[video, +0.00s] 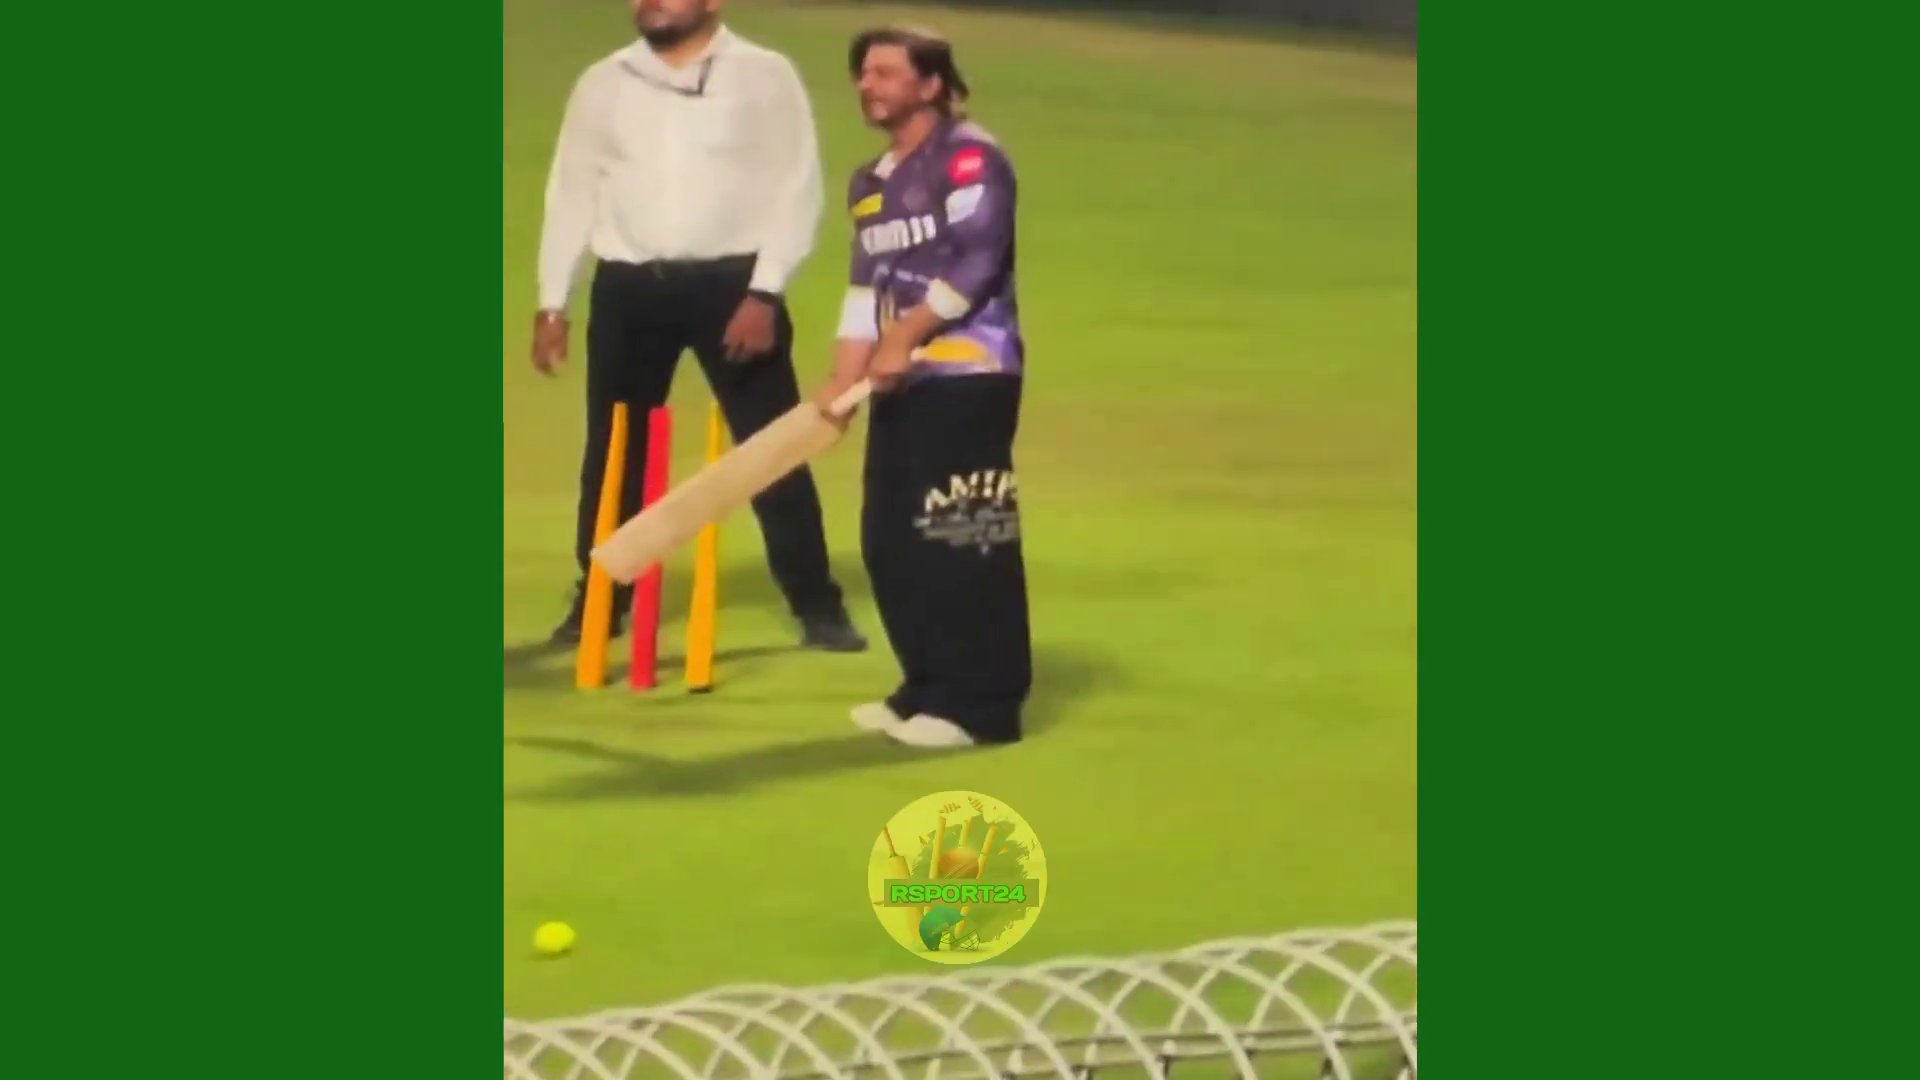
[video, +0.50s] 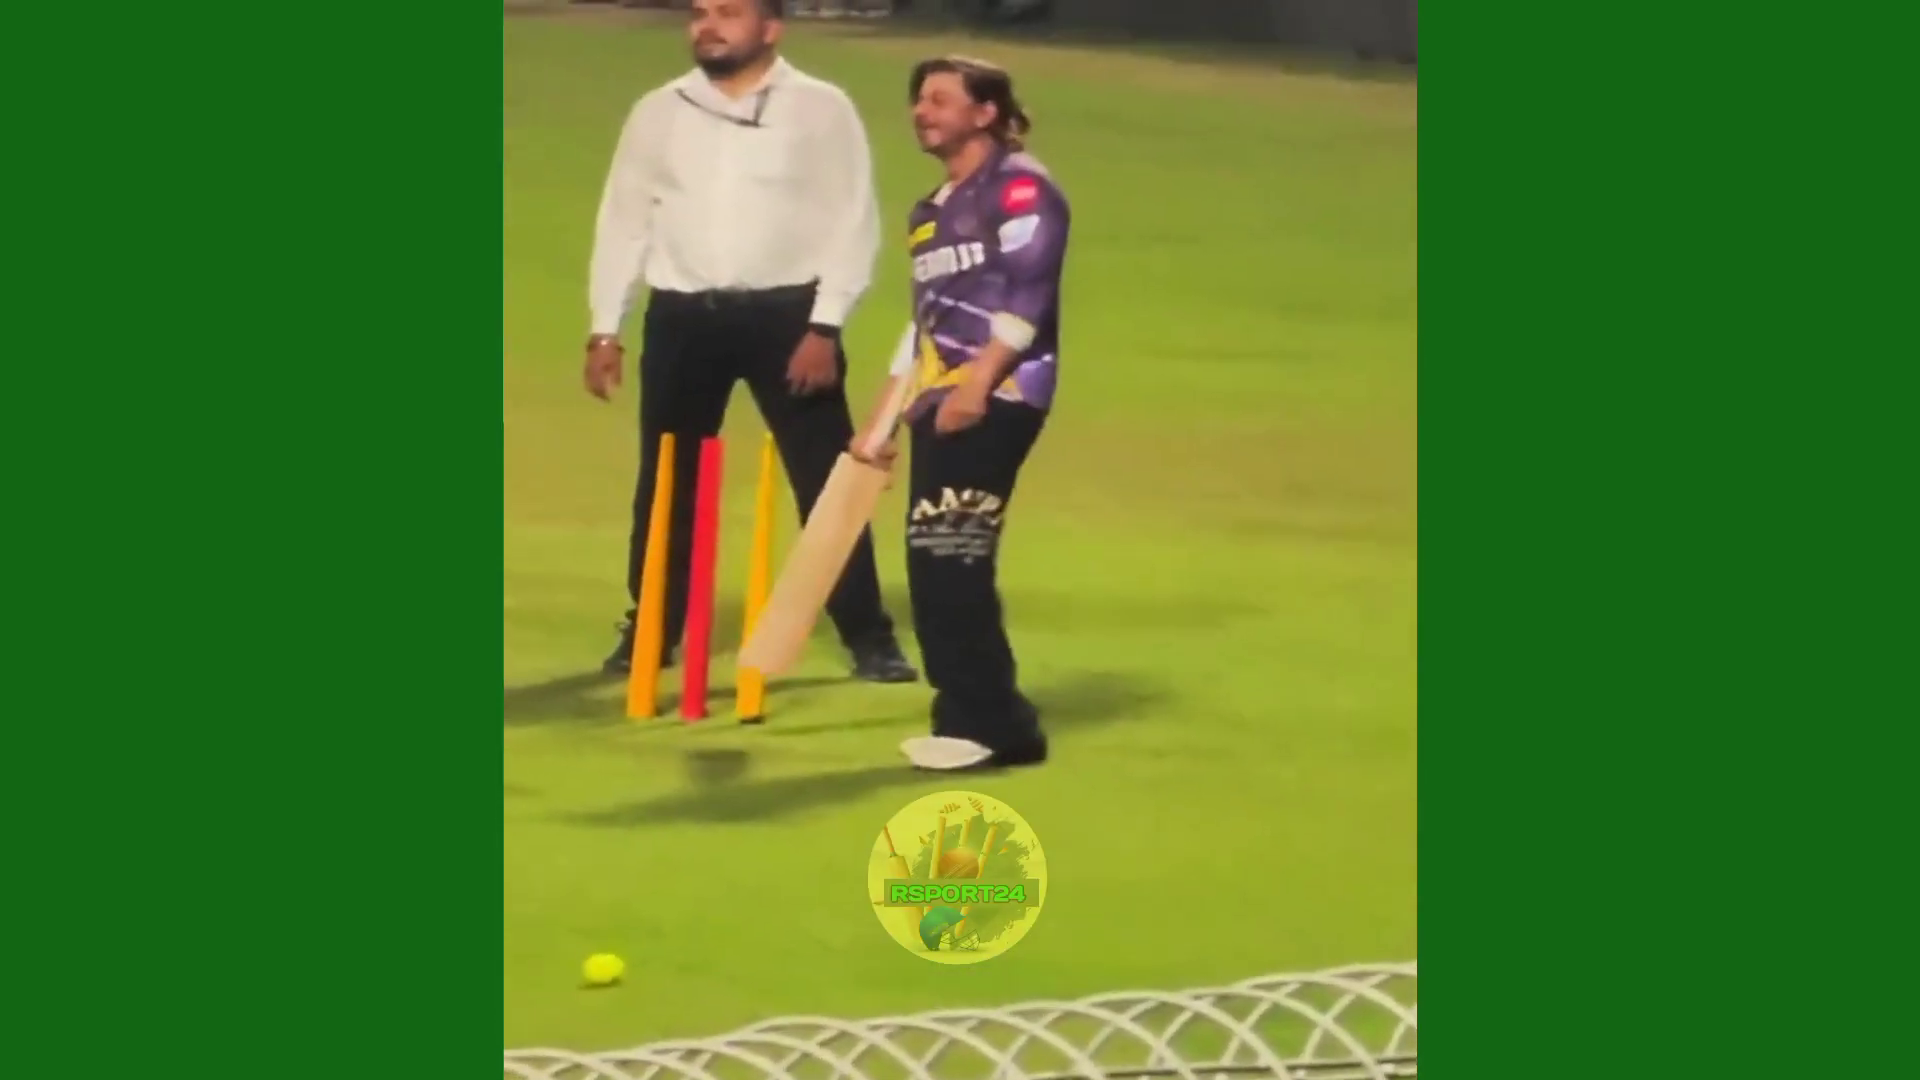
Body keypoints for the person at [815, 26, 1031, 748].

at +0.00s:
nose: (868, 86)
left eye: (884, 74)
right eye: (864, 75)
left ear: (931, 84)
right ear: (861, 89)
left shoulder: (974, 159)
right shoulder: (870, 179)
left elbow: (977, 266)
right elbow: (865, 291)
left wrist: (903, 334)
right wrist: (844, 380)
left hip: (970, 380)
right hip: (904, 383)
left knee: (962, 539)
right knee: (889, 537)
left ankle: (981, 706)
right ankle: (926, 686)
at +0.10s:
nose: (873, 88)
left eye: (890, 76)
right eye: (870, 76)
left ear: (938, 87)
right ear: (869, 90)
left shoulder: (979, 159)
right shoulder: (877, 184)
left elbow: (983, 265)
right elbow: (873, 296)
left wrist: (905, 338)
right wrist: (847, 386)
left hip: (973, 379)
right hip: (909, 384)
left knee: (966, 539)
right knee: (897, 537)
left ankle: (988, 709)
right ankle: (936, 691)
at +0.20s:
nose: (879, 91)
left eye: (895, 78)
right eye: (876, 80)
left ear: (944, 90)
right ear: (876, 94)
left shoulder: (985, 162)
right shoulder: (883, 186)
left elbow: (988, 270)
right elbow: (878, 298)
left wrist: (909, 344)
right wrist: (848, 389)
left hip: (973, 381)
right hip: (912, 384)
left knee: (970, 542)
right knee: (902, 540)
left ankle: (993, 712)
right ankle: (941, 694)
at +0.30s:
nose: (891, 92)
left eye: (907, 80)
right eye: (889, 81)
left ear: (954, 91)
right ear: (887, 94)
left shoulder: (995, 168)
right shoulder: (893, 191)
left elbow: (995, 277)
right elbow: (887, 302)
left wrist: (923, 346)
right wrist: (846, 395)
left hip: (976, 379)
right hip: (917, 381)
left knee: (963, 540)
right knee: (908, 542)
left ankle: (994, 711)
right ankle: (947, 699)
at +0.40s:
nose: (906, 101)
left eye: (922, 89)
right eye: (903, 90)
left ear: (968, 100)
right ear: (903, 103)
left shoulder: (1007, 175)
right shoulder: (909, 199)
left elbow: (1009, 289)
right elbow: (904, 309)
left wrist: (942, 370)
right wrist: (858, 408)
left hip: (985, 383)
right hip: (927, 385)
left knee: (959, 549)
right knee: (918, 551)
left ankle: (995, 718)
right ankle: (958, 708)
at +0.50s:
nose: (923, 113)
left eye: (939, 102)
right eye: (921, 102)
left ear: (985, 113)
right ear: (922, 115)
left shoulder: (1023, 188)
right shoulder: (928, 211)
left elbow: (1030, 302)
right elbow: (925, 322)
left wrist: (977, 381)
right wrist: (882, 419)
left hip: (999, 394)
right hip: (941, 394)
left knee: (956, 554)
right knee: (930, 554)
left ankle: (989, 725)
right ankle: (971, 718)